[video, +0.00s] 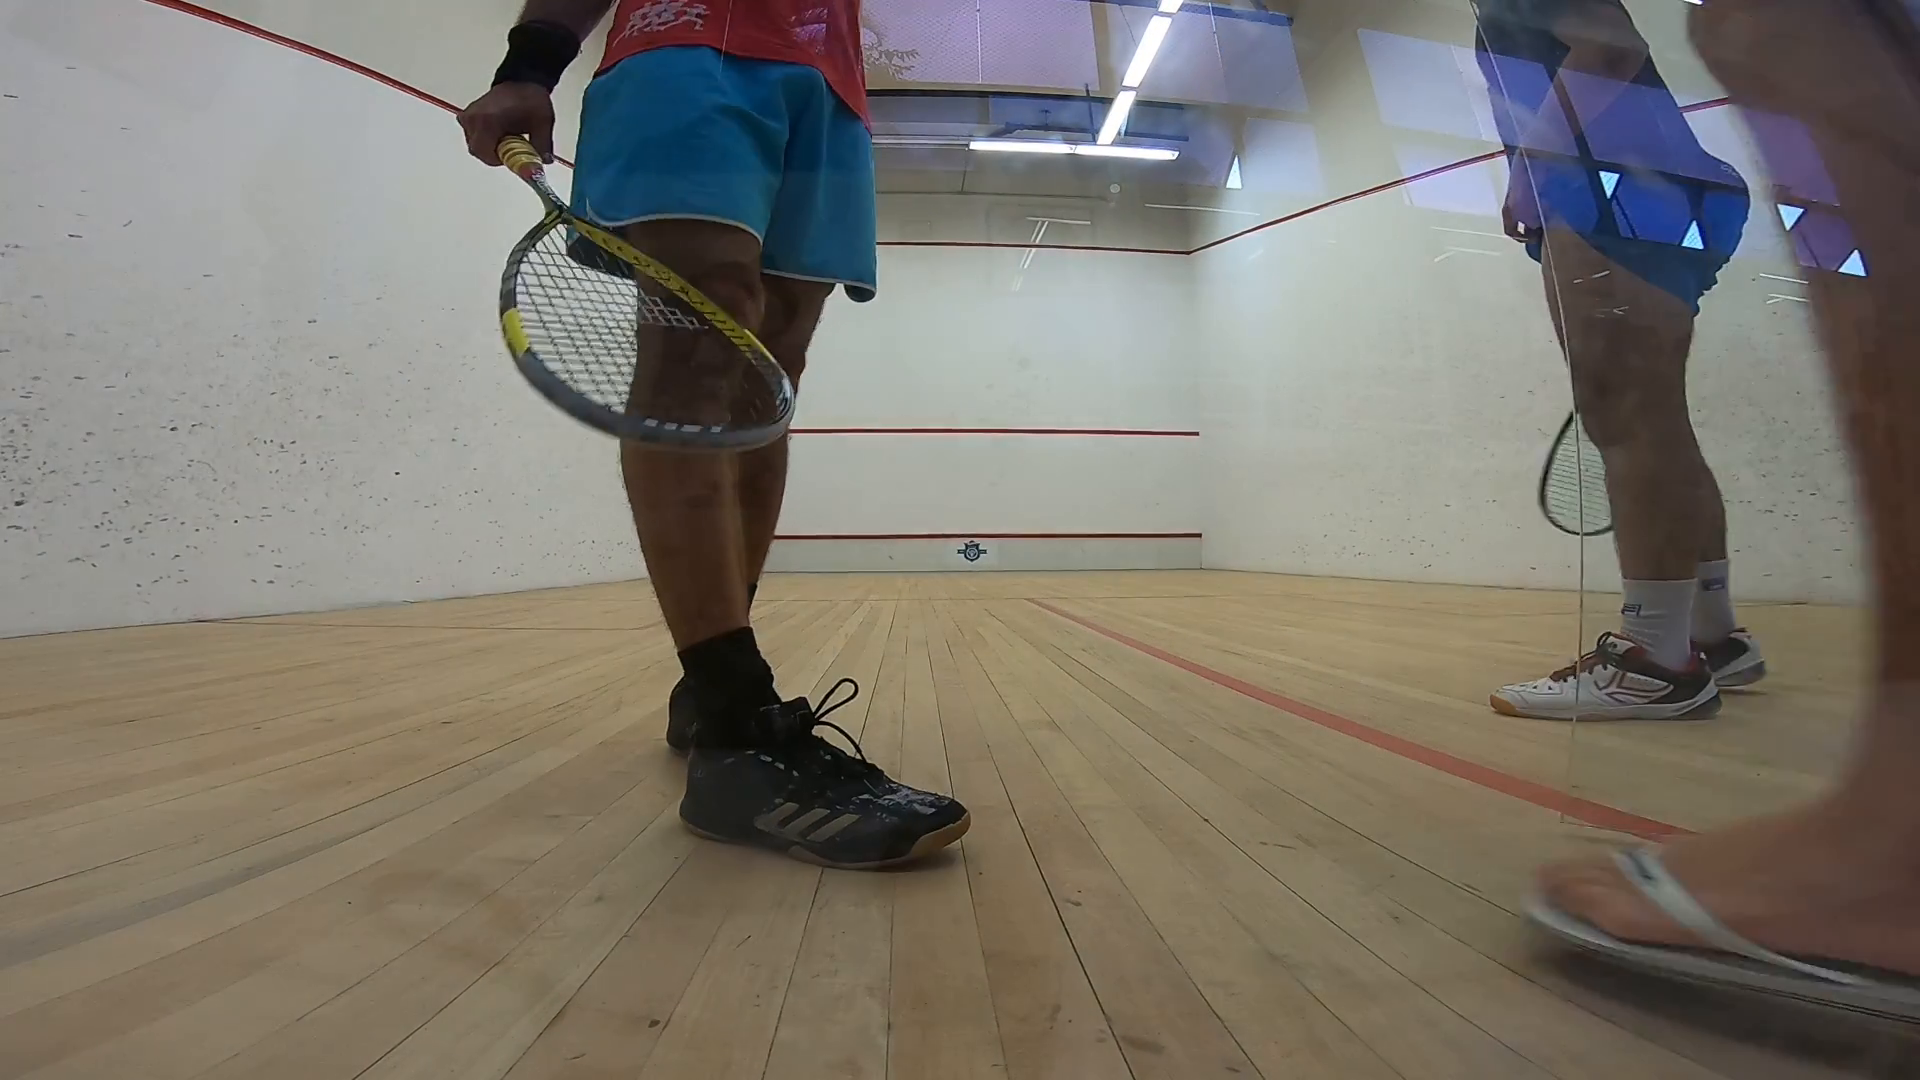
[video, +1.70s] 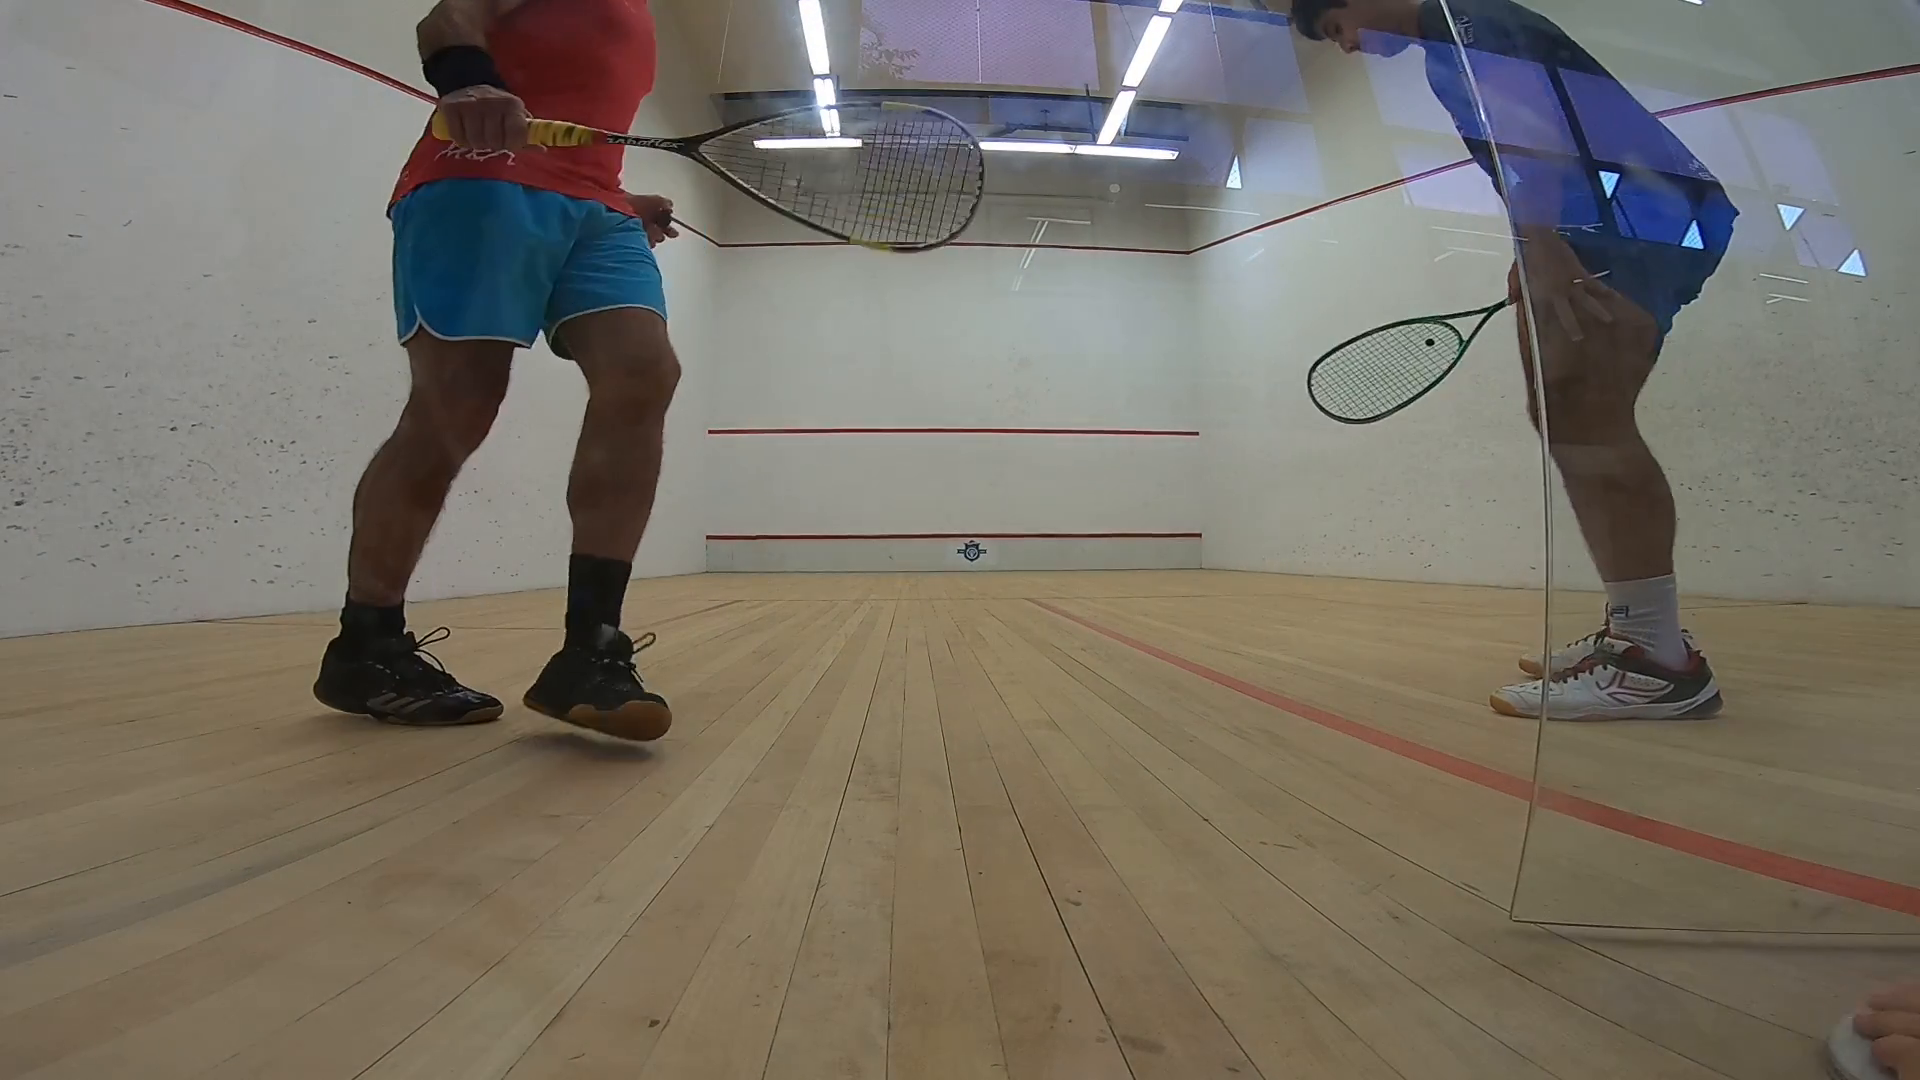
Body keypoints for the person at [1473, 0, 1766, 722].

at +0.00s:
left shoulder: (1536, 2)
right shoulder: (1507, 13)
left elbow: (1610, 43)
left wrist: (1531, 160)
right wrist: (1529, 173)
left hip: (1611, 197)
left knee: (1622, 412)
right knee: (1650, 415)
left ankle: (1658, 659)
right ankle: (1712, 636)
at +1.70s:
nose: (1345, 43)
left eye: (1329, 23)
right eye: (1328, 36)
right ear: (1347, 22)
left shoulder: (1465, 23)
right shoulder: (1447, 51)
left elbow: (1536, 134)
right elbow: (1522, 156)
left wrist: (1539, 239)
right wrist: (1530, 249)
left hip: (1652, 213)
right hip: (1608, 217)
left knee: (1588, 413)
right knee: (1560, 410)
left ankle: (1662, 659)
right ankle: (1637, 639)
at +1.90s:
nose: (1359, 85)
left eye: (1343, 72)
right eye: (1345, 82)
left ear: (1350, 37)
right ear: (1367, 27)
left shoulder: (1414, 39)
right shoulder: (1432, 46)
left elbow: (1474, 140)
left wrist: (1509, 251)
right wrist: (1525, 256)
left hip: (1636, 218)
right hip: (1621, 220)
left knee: (1610, 410)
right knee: (1577, 406)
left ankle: (1664, 660)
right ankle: (1623, 616)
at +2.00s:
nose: (1373, 102)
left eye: (1358, 90)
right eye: (1361, 100)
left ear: (1358, 54)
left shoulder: (1405, 54)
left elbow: (1464, 136)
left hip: (1605, 227)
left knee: (1624, 423)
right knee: (1611, 423)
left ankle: (1663, 658)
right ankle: (1627, 627)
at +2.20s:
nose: (1384, 114)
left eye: (1377, 100)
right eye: (1375, 109)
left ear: (1389, 72)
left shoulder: (1408, 70)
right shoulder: (1538, 94)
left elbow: (1443, 129)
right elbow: (1655, 163)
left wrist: (1461, 253)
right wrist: (1613, 240)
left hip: (1562, 234)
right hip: (1655, 243)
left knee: (1533, 427)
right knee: (1613, 439)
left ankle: (1643, 639)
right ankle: (1622, 635)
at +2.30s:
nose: (1391, 108)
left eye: (1386, 94)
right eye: (1383, 101)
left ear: (1401, 70)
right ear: (1449, 68)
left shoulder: (1414, 72)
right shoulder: (1539, 99)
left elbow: (1444, 141)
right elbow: (1646, 173)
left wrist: (1448, 269)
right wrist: (1615, 244)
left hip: (1533, 240)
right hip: (1637, 249)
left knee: (1474, 430)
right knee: (1603, 449)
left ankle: (1589, 598)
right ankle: (1620, 636)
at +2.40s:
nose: (1396, 113)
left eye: (1391, 100)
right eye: (1389, 106)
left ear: (1403, 76)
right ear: (1450, 70)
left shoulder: (1417, 75)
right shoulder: (1537, 104)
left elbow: (1440, 149)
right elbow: (1633, 177)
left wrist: (1434, 271)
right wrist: (1606, 253)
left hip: (1515, 248)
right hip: (1623, 257)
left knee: (1440, 422)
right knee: (1607, 448)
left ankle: (1530, 591)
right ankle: (1613, 634)